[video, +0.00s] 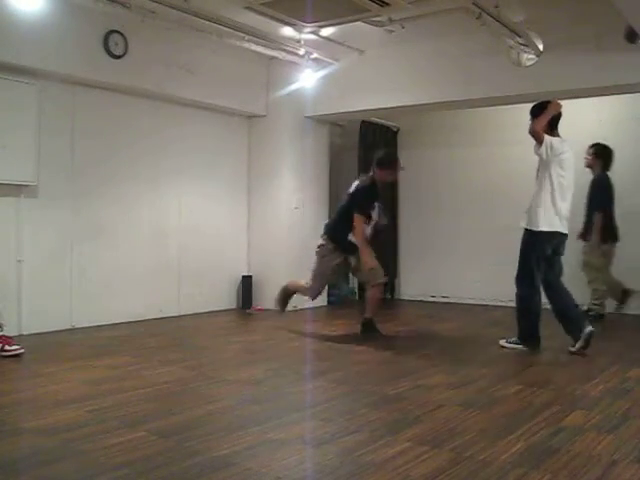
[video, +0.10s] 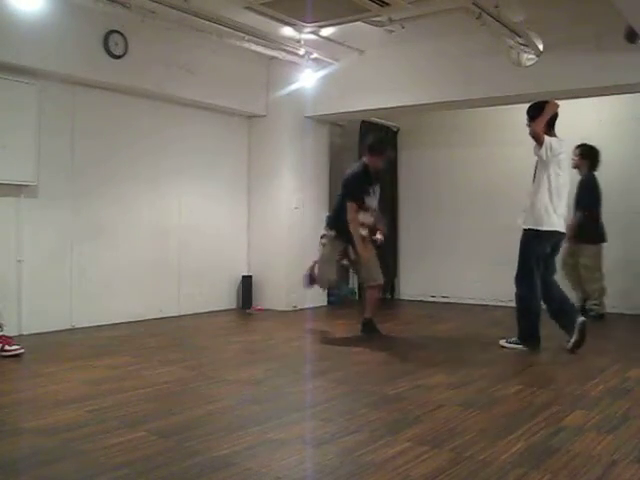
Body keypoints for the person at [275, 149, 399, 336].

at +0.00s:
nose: (394, 177)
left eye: (395, 172)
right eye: (390, 173)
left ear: (381, 170)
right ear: (379, 170)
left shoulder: (374, 187)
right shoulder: (364, 189)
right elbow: (358, 231)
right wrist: (368, 258)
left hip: (353, 244)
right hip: (333, 243)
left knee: (376, 279)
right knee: (313, 291)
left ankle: (368, 323)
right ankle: (290, 288)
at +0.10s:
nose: (383, 164)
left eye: (385, 159)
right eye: (381, 159)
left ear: (376, 158)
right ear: (371, 157)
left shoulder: (375, 177)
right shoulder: (355, 177)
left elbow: (372, 209)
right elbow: (351, 217)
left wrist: (377, 228)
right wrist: (359, 247)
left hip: (360, 233)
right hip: (337, 232)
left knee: (375, 281)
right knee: (328, 280)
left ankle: (368, 321)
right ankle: (315, 271)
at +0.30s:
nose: (363, 148)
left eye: (365, 144)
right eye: (360, 144)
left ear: (367, 143)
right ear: (349, 142)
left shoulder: (368, 163)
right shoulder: (333, 163)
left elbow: (370, 198)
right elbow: (331, 201)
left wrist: (375, 223)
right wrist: (351, 226)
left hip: (365, 225)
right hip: (340, 223)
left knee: (372, 277)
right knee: (331, 260)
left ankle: (367, 319)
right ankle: (340, 281)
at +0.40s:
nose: (350, 150)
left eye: (352, 145)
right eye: (346, 145)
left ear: (356, 143)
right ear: (336, 143)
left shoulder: (362, 161)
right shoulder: (324, 161)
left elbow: (366, 193)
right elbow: (322, 194)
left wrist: (374, 216)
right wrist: (338, 217)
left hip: (366, 228)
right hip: (340, 229)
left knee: (372, 279)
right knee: (334, 277)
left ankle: (368, 322)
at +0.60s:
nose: (330, 152)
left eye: (332, 147)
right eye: (325, 147)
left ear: (336, 147)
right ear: (316, 147)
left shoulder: (347, 163)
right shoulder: (311, 181)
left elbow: (359, 190)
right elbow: (314, 215)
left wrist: (377, 204)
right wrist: (325, 234)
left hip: (363, 230)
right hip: (336, 236)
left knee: (372, 280)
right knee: (330, 281)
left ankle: (367, 321)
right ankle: (325, 327)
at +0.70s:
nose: (327, 151)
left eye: (330, 146)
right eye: (323, 147)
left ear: (335, 145)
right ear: (316, 147)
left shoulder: (351, 161)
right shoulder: (313, 176)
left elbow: (368, 169)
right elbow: (305, 206)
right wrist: (301, 228)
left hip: (361, 232)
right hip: (333, 236)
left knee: (369, 281)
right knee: (329, 280)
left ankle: (368, 322)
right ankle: (326, 327)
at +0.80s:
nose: (331, 149)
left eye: (334, 145)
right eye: (327, 145)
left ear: (339, 145)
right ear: (319, 146)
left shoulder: (352, 162)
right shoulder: (313, 169)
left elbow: (379, 163)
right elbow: (291, 179)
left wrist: (397, 166)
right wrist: (286, 201)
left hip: (357, 232)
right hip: (329, 236)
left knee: (365, 277)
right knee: (328, 280)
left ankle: (367, 322)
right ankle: (326, 327)